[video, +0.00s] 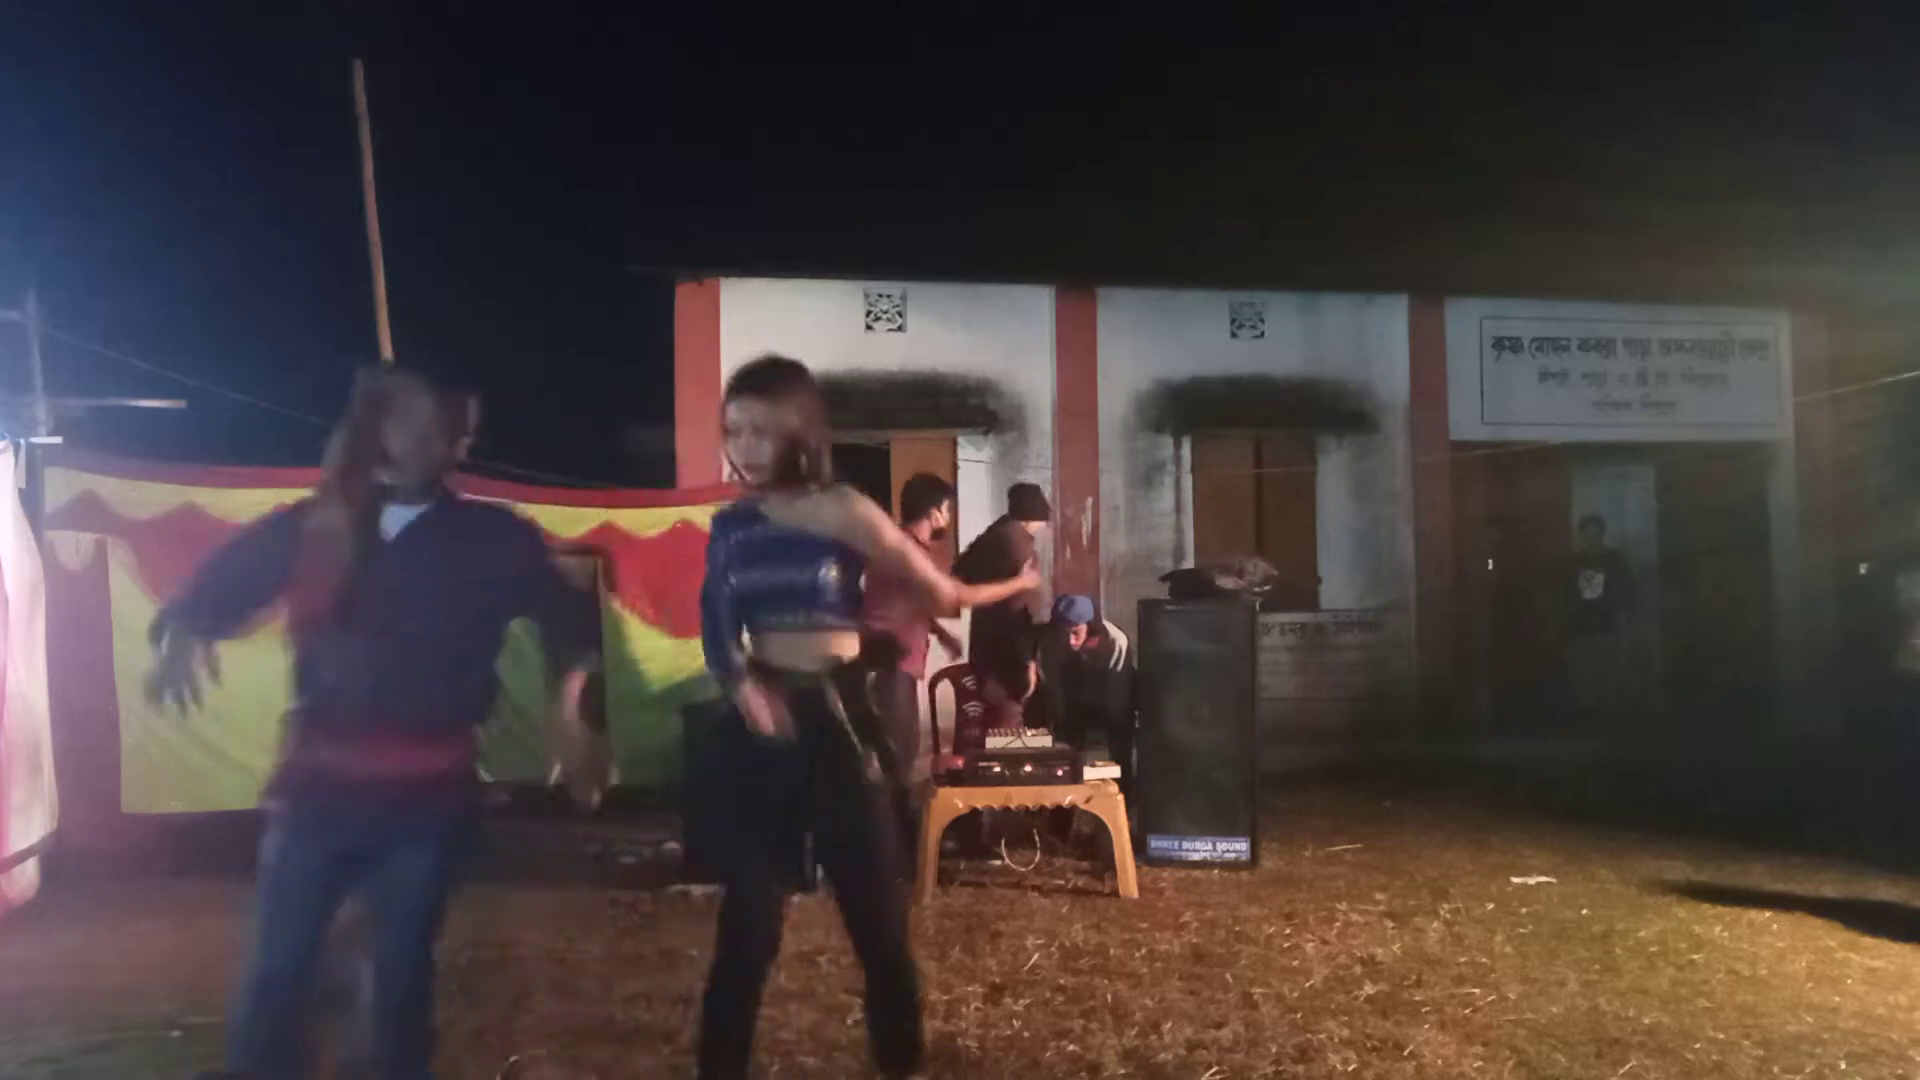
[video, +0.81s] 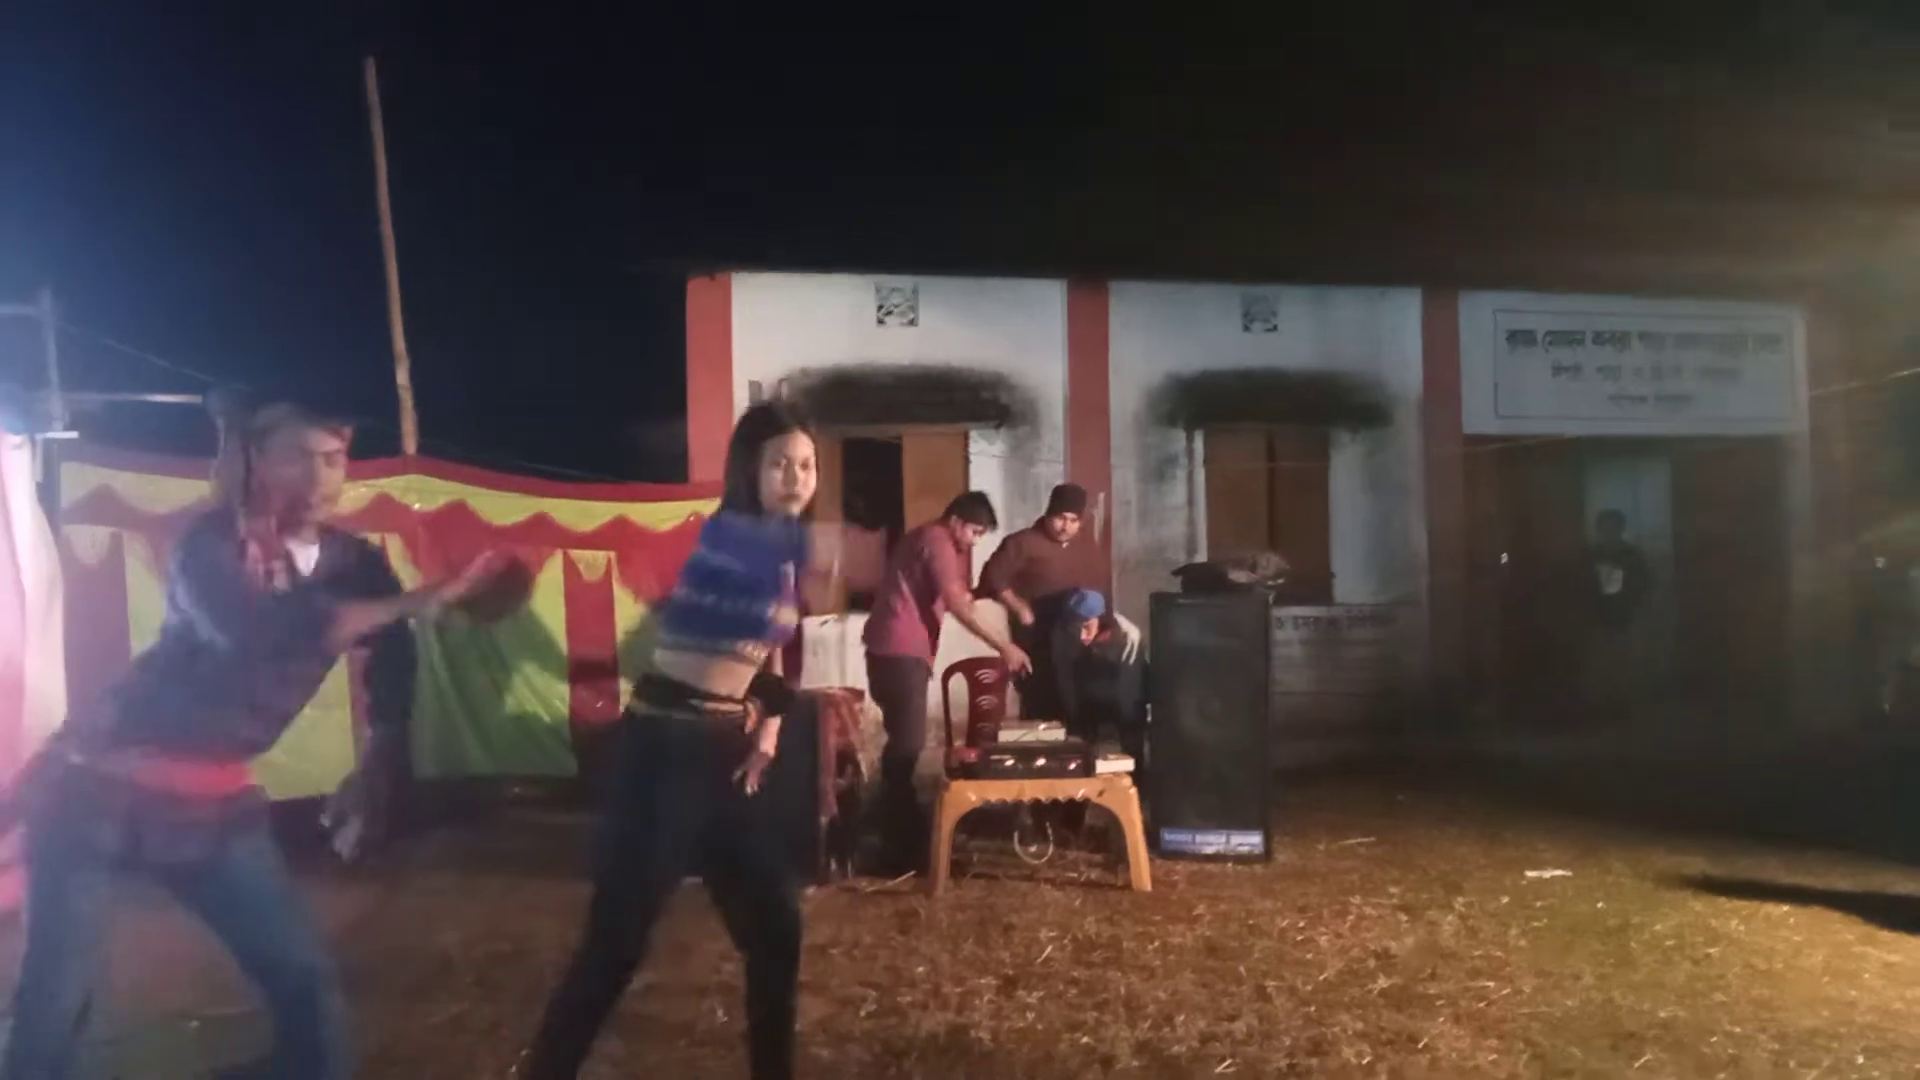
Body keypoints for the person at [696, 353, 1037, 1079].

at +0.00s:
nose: (744, 448)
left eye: (761, 431)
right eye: (735, 432)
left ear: (805, 435)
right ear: (724, 435)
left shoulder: (844, 511)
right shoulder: (731, 525)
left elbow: (942, 594)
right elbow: (717, 625)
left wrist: (1013, 588)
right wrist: (742, 685)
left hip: (843, 724)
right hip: (760, 724)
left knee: (878, 924)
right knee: (746, 933)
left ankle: (899, 1064)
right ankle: (720, 1068)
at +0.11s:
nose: (786, 486)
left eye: (800, 472)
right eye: (773, 471)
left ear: (825, 482)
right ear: (752, 480)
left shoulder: (853, 564)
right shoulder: (736, 577)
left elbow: (937, 640)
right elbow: (733, 699)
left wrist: (969, 749)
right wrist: (765, 806)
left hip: (856, 778)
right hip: (771, 778)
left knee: (909, 972)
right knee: (751, 982)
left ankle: (943, 1066)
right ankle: (718, 1067)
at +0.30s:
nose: (828, 456)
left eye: (839, 441)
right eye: (815, 438)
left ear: (850, 450)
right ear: (781, 441)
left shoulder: (852, 532)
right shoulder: (730, 524)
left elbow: (901, 641)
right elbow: (706, 635)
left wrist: (871, 739)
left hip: (813, 731)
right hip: (730, 734)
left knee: (852, 914)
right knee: (719, 928)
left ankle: (892, 1058)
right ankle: (702, 1067)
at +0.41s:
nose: (825, 436)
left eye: (835, 423)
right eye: (809, 422)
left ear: (848, 428)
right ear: (776, 423)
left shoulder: (844, 512)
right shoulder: (732, 499)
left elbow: (878, 621)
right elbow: (724, 592)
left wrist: (846, 711)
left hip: (813, 708)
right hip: (726, 703)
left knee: (826, 889)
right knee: (700, 893)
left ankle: (823, 1051)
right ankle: (668, 1060)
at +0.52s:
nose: (816, 458)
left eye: (828, 446)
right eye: (801, 442)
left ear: (839, 458)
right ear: (764, 444)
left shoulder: (832, 550)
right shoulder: (731, 530)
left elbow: (854, 647)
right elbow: (719, 616)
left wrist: (817, 734)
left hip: (775, 745)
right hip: (704, 734)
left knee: (791, 946)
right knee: (657, 933)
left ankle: (760, 1068)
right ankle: (589, 1066)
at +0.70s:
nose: (811, 508)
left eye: (816, 494)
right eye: (796, 494)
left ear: (820, 501)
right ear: (760, 499)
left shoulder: (780, 584)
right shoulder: (721, 570)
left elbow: (784, 687)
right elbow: (783, 670)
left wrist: (780, 748)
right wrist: (807, 710)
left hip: (737, 771)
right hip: (677, 769)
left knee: (797, 947)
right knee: (632, 964)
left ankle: (776, 1069)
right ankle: (548, 1070)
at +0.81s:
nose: (798, 479)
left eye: (807, 466)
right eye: (782, 464)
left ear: (816, 475)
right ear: (747, 469)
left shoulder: (775, 546)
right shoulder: (737, 530)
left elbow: (760, 651)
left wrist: (771, 716)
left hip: (717, 744)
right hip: (659, 742)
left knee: (773, 932)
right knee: (616, 940)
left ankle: (772, 1069)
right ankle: (546, 1067)